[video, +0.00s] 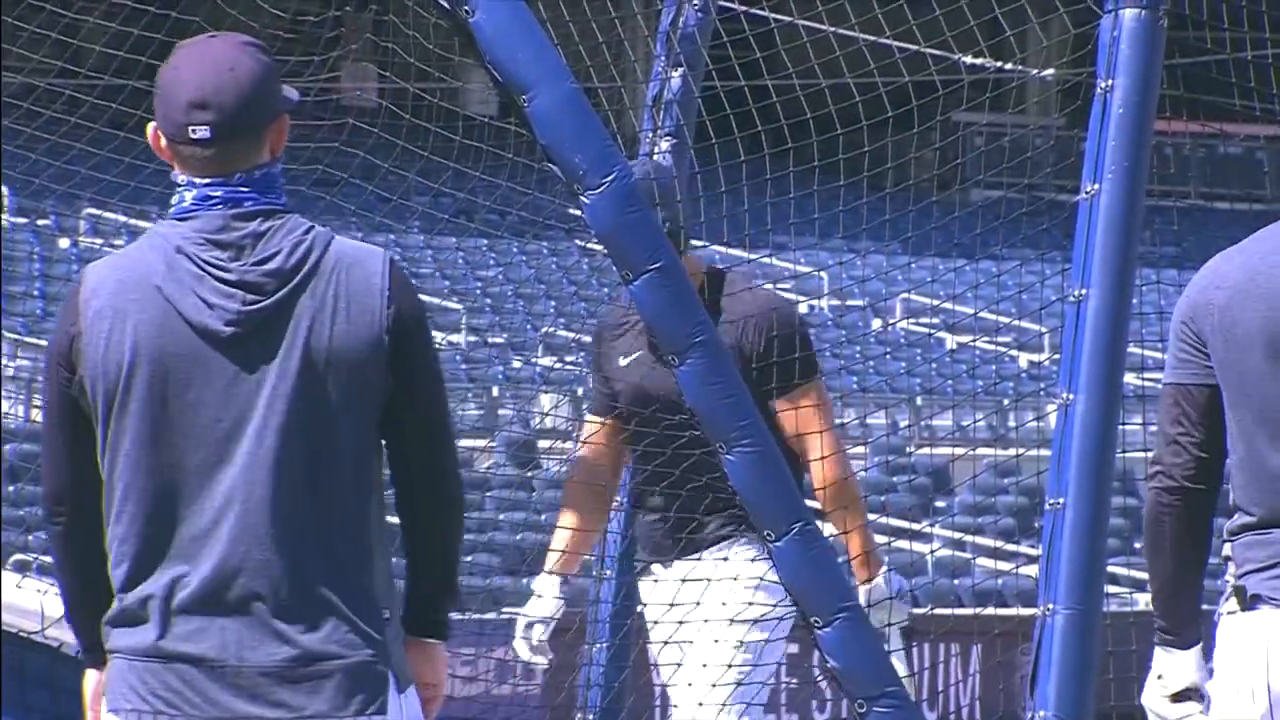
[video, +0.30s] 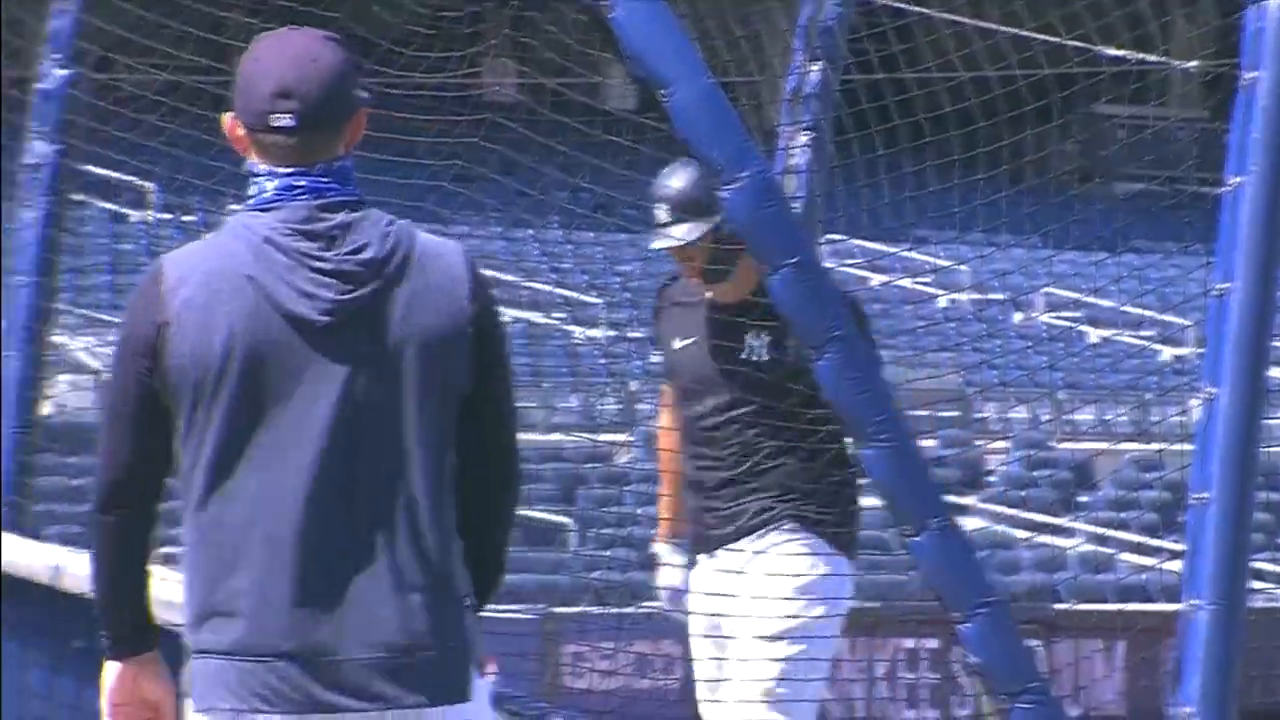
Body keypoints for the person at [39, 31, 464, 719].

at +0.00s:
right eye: (286, 115)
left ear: (158, 145)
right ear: (280, 135)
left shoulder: (100, 295)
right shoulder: (371, 283)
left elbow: (69, 503)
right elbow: (430, 479)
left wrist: (99, 650)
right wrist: (428, 629)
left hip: (159, 683)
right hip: (339, 680)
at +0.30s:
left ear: (235, 135)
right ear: (358, 126)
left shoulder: (177, 286)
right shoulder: (450, 276)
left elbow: (123, 489)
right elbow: (492, 467)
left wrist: (129, 646)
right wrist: (459, 595)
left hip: (243, 673)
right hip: (419, 674)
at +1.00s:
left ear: (216, 116)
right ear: (341, 132)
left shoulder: (192, 268)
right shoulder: (408, 282)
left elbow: (139, 485)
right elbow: (420, 484)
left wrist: (114, 663)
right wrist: (378, 619)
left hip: (243, 670)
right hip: (384, 669)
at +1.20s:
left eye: (172, 92)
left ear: (178, 106)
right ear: (304, 128)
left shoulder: (150, 250)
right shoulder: (354, 280)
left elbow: (75, 459)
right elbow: (338, 477)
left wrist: (56, 631)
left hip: (177, 675)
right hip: (327, 677)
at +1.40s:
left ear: (199, 100)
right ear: (322, 126)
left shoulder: (169, 238)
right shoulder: (364, 273)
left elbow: (56, 438)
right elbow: (334, 465)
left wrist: (80, 548)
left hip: (170, 667)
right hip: (327, 671)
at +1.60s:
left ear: (191, 99)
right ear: (316, 122)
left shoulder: (143, 243)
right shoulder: (365, 270)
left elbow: (35, 426)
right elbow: (292, 456)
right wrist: (108, 532)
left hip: (163, 677)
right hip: (337, 686)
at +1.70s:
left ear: (151, 108)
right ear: (280, 127)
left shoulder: (92, 252)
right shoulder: (329, 272)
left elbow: (16, 414)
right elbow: (259, 443)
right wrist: (68, 484)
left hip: (127, 673)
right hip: (301, 675)